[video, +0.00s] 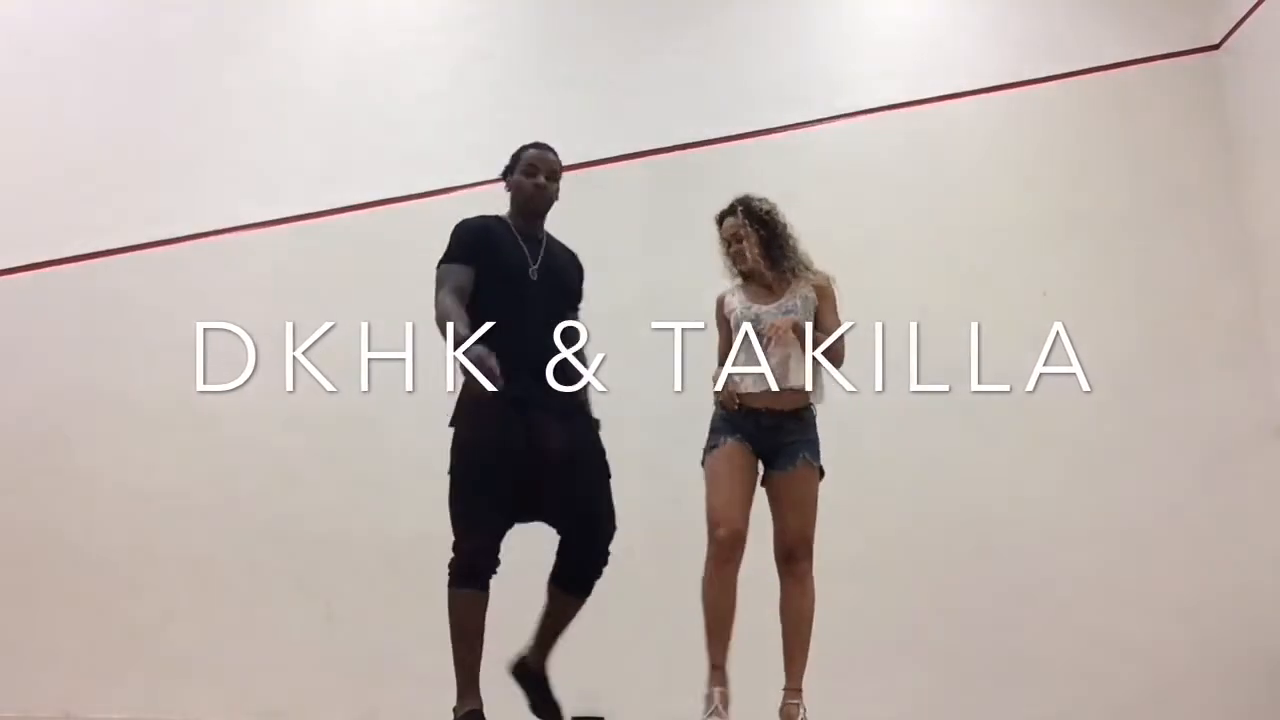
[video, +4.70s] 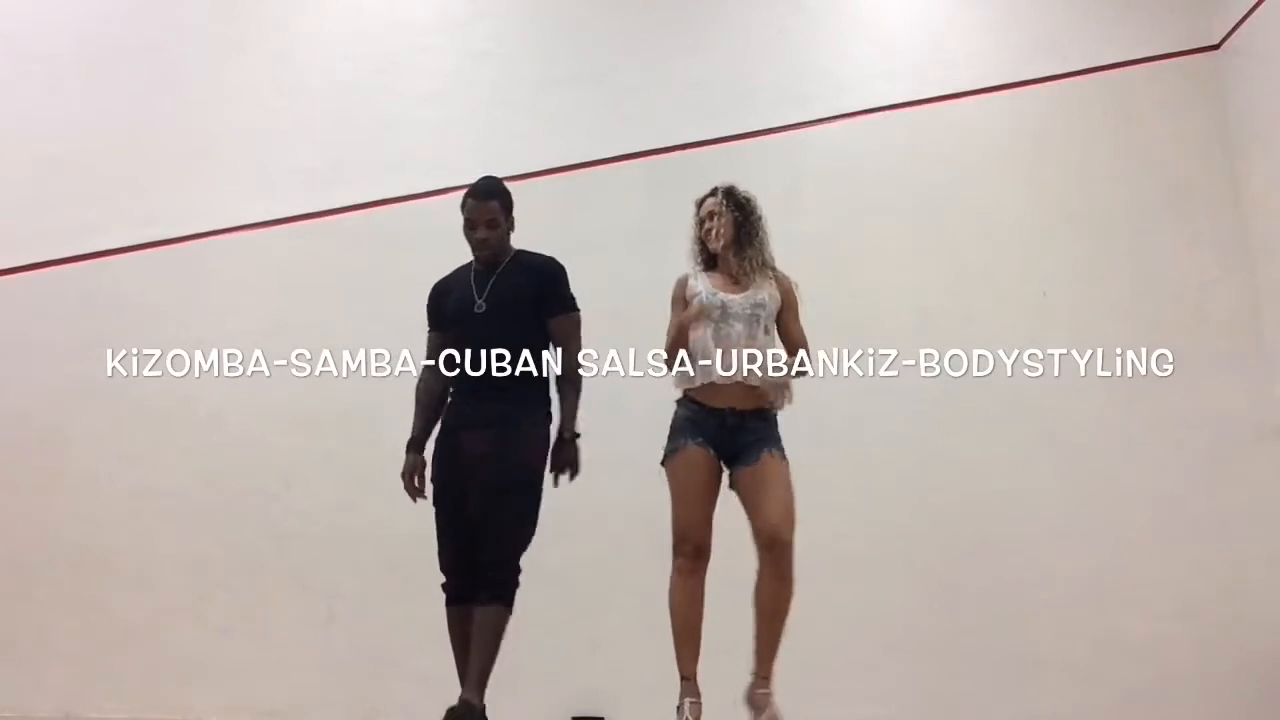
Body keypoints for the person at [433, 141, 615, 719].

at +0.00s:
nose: (538, 181)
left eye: (548, 175)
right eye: (528, 171)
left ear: (560, 189)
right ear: (507, 181)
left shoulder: (567, 263)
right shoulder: (476, 233)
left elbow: (567, 345)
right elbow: (448, 298)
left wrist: (582, 410)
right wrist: (467, 346)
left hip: (561, 423)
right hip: (490, 419)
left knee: (590, 539)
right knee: (474, 552)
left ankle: (535, 661)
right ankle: (468, 699)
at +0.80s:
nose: (537, 204)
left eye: (549, 197)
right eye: (528, 197)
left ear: (565, 212)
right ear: (514, 210)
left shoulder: (597, 270)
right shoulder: (492, 279)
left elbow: (623, 356)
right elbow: (478, 368)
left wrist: (614, 429)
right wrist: (461, 437)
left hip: (573, 440)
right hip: (505, 436)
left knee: (574, 576)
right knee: (463, 546)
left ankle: (559, 706)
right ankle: (467, 667)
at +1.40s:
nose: (475, 215)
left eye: (487, 212)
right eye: (466, 209)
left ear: (500, 234)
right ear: (450, 227)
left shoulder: (521, 291)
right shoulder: (425, 295)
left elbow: (549, 376)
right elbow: (411, 368)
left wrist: (542, 449)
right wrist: (418, 424)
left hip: (509, 444)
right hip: (451, 444)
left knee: (486, 559)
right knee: (436, 569)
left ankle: (527, 691)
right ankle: (437, 704)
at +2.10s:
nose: (499, 211)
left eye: (510, 207)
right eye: (490, 207)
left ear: (526, 230)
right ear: (477, 228)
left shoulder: (542, 303)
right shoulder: (450, 273)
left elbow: (549, 382)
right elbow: (397, 345)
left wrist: (502, 365)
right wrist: (369, 421)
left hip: (509, 449)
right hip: (448, 446)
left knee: (503, 574)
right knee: (447, 565)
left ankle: (465, 703)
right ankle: (423, 682)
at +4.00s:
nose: (520, 204)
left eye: (531, 197)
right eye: (511, 196)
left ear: (546, 208)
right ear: (496, 206)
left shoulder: (572, 276)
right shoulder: (464, 268)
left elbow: (589, 344)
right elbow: (441, 348)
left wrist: (592, 353)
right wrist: (422, 405)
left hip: (549, 438)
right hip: (481, 434)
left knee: (534, 573)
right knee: (467, 553)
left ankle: (514, 703)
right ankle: (474, 671)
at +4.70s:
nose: (480, 231)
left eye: (490, 221)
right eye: (471, 222)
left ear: (510, 220)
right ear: (462, 224)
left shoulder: (543, 274)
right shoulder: (447, 290)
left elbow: (571, 357)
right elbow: (435, 372)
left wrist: (567, 432)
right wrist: (416, 445)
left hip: (518, 446)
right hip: (457, 446)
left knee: (497, 565)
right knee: (458, 569)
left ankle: (472, 697)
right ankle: (472, 697)